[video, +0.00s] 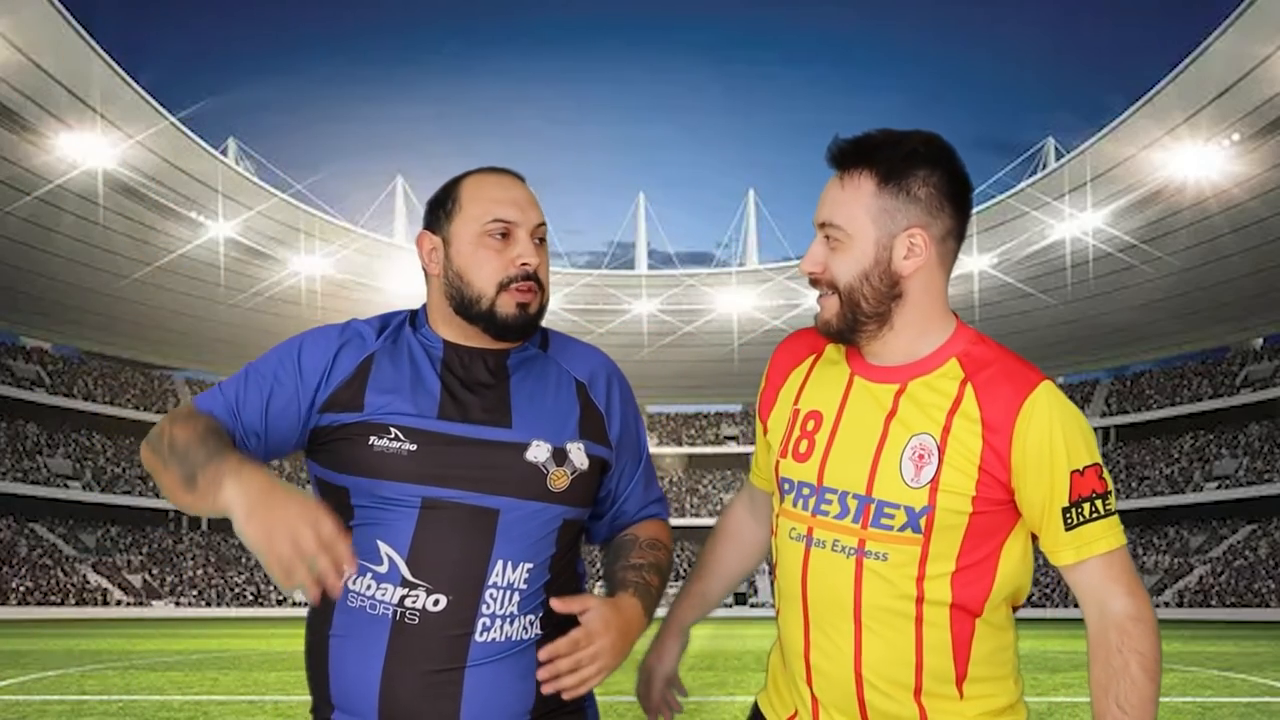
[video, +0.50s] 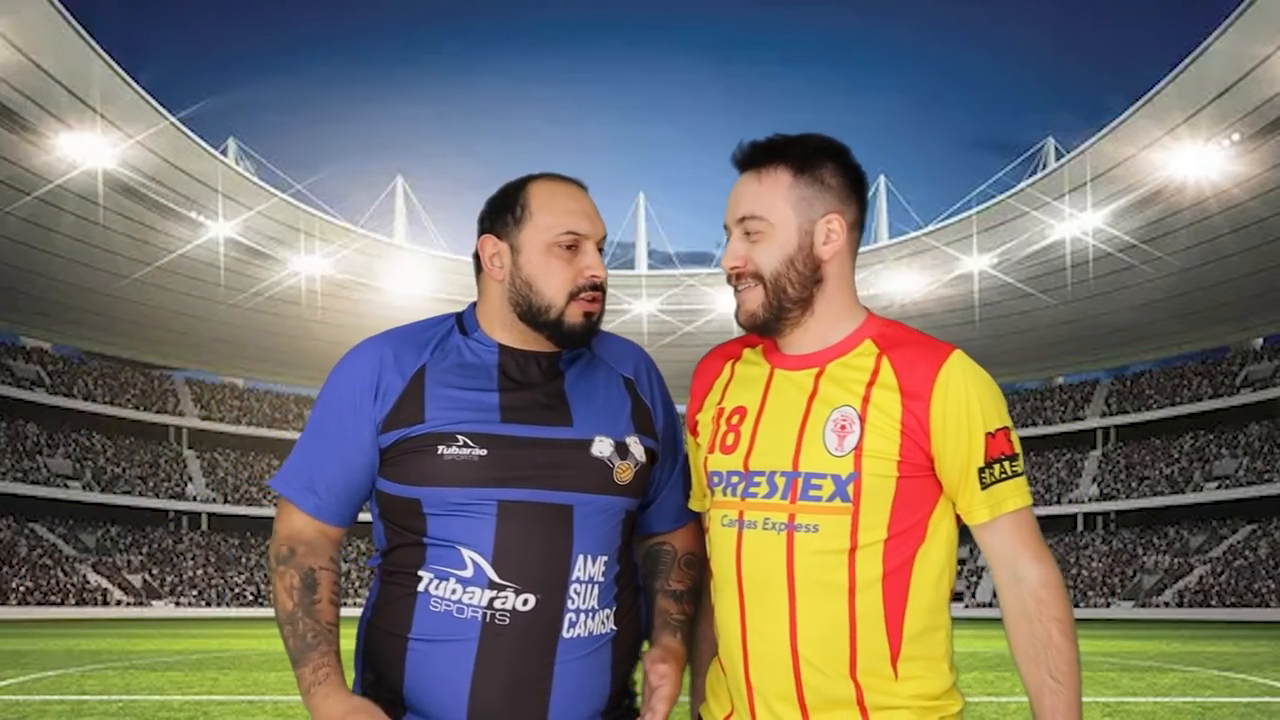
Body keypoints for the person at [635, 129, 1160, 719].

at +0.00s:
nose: (809, 265)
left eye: (832, 237)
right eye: (818, 236)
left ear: (910, 252)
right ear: (907, 252)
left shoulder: (1023, 408)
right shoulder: (794, 365)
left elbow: (1120, 617)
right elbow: (755, 506)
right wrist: (673, 626)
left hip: (952, 708)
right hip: (786, 708)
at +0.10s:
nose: (800, 261)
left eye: (824, 235)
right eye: (809, 233)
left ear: (902, 248)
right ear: (898, 248)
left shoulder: (1016, 404)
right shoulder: (786, 365)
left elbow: (1107, 607)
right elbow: (758, 518)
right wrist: (699, 654)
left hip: (946, 707)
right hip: (783, 704)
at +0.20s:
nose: (784, 259)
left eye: (810, 233)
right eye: (794, 233)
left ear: (887, 244)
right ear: (887, 245)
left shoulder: (998, 399)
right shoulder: (773, 368)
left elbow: (1084, 602)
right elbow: (747, 529)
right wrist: (709, 676)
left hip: (934, 706)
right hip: (773, 704)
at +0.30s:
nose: (766, 257)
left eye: (791, 232)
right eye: (773, 232)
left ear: (867, 240)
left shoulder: (981, 392)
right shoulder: (754, 372)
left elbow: (1060, 590)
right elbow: (737, 537)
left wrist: (1104, 714)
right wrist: (710, 690)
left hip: (922, 706)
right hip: (762, 706)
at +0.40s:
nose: (745, 257)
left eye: (767, 230)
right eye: (750, 231)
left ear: (843, 236)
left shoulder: (959, 385)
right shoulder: (733, 375)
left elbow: (1042, 581)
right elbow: (723, 551)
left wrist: (1085, 713)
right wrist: (706, 700)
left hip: (906, 706)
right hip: (748, 706)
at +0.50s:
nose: (729, 261)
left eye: (752, 234)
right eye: (730, 237)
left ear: (829, 236)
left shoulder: (940, 382)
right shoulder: (714, 378)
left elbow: (1022, 573)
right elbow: (709, 568)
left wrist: (1059, 714)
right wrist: (703, 699)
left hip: (893, 705)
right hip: (733, 706)